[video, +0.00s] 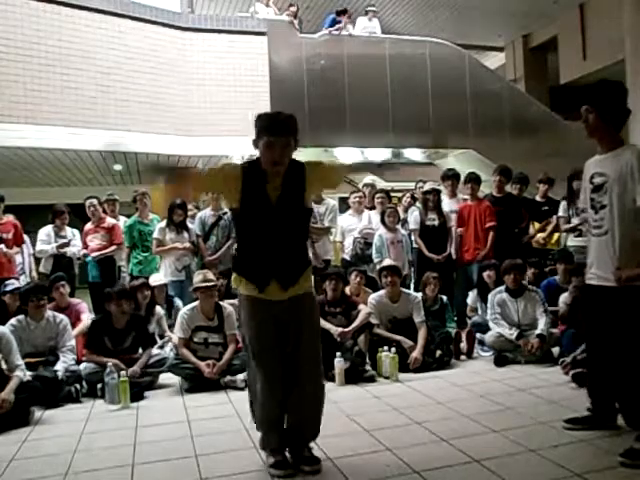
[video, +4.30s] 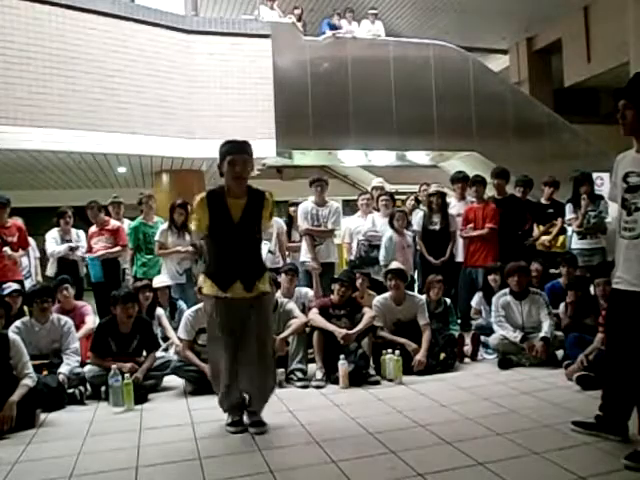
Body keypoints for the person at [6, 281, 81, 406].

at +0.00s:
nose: (40, 303)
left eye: (42, 299)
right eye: (34, 300)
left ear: (47, 301)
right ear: (25, 305)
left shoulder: (60, 321)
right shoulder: (15, 325)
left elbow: (68, 352)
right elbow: (10, 357)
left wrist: (58, 372)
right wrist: (24, 374)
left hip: (53, 367)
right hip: (27, 369)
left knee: (75, 374)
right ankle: (66, 394)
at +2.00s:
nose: (46, 304)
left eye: (48, 300)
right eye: (41, 301)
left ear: (53, 302)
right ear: (31, 305)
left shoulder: (64, 323)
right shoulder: (18, 328)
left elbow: (72, 353)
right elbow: (15, 359)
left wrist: (63, 373)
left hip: (59, 368)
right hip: (33, 372)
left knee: (79, 375)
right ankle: (69, 397)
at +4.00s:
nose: (44, 305)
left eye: (47, 301)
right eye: (39, 302)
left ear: (52, 303)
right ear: (31, 305)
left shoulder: (64, 323)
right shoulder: (18, 328)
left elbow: (72, 353)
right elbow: (15, 358)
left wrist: (63, 373)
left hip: (58, 368)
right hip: (32, 372)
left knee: (79, 375)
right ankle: (69, 397)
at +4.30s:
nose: (44, 306)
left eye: (47, 301)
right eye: (39, 302)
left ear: (53, 303)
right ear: (31, 305)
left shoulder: (64, 323)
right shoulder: (19, 328)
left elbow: (72, 354)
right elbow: (14, 356)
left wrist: (63, 373)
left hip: (57, 369)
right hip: (31, 371)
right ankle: (70, 397)